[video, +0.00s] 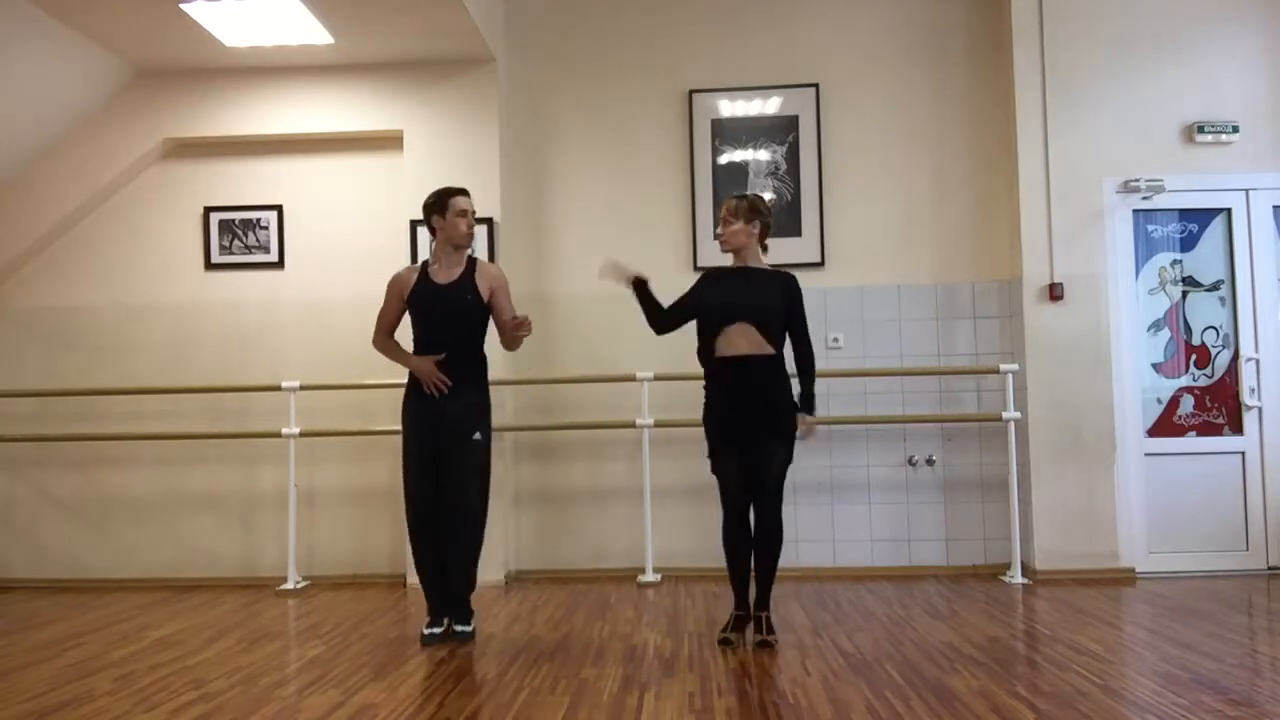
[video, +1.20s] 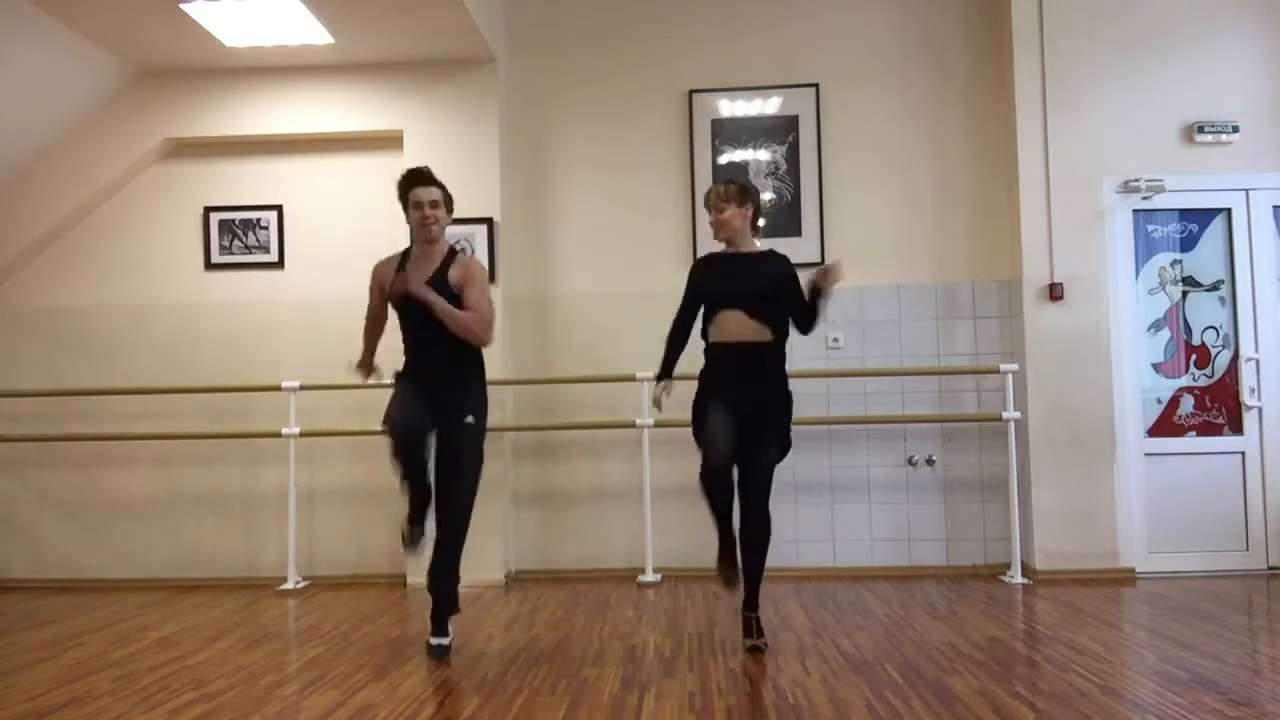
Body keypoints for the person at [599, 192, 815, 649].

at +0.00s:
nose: (721, 228)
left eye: (730, 221)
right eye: (720, 222)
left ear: (756, 228)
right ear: (729, 231)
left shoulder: (782, 283)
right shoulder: (711, 283)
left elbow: (802, 346)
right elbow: (661, 323)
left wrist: (806, 403)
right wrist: (638, 284)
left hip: (773, 402)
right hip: (725, 402)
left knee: (768, 506)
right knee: (734, 507)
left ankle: (762, 609)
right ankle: (740, 608)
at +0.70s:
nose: (722, 227)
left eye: (731, 219)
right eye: (720, 221)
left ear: (755, 227)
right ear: (721, 231)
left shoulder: (779, 282)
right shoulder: (709, 281)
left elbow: (799, 340)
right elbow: (673, 333)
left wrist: (824, 388)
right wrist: (648, 298)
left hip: (770, 394)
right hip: (722, 395)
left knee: (770, 506)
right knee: (733, 506)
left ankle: (764, 609)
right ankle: (741, 608)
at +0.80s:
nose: (716, 223)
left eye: (725, 215)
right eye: (716, 216)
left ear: (752, 223)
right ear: (728, 226)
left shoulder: (783, 277)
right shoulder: (707, 274)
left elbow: (835, 322)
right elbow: (672, 318)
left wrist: (886, 357)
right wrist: (674, 273)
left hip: (765, 395)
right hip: (716, 395)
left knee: (763, 504)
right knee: (729, 503)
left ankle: (764, 607)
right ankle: (737, 606)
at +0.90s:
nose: (718, 220)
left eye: (727, 213)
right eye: (716, 214)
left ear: (752, 220)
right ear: (717, 223)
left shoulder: (785, 269)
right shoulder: (708, 266)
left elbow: (846, 288)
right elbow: (683, 319)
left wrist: (907, 304)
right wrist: (712, 283)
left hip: (762, 391)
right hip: (713, 391)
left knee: (749, 496)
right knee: (725, 498)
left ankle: (756, 602)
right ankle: (738, 602)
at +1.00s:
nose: (718, 232)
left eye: (727, 225)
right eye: (716, 226)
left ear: (752, 230)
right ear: (716, 233)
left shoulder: (782, 283)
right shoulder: (707, 286)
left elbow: (844, 291)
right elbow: (701, 349)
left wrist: (902, 275)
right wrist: (734, 345)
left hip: (758, 410)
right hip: (712, 408)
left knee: (743, 508)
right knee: (727, 507)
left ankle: (744, 609)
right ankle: (744, 609)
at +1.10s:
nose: (718, 229)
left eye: (726, 221)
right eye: (714, 223)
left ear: (750, 224)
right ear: (711, 231)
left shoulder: (779, 278)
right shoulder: (707, 284)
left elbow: (824, 327)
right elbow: (691, 343)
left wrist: (853, 284)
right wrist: (687, 369)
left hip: (762, 396)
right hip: (717, 396)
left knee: (748, 507)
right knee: (721, 506)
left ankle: (748, 612)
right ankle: (732, 606)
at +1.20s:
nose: (714, 217)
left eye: (722, 209)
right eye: (711, 211)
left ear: (749, 213)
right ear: (713, 219)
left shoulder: (777, 264)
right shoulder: (705, 268)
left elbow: (804, 323)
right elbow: (683, 323)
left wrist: (817, 290)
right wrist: (666, 373)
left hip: (766, 380)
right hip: (718, 380)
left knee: (756, 496)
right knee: (716, 461)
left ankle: (751, 609)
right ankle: (726, 539)